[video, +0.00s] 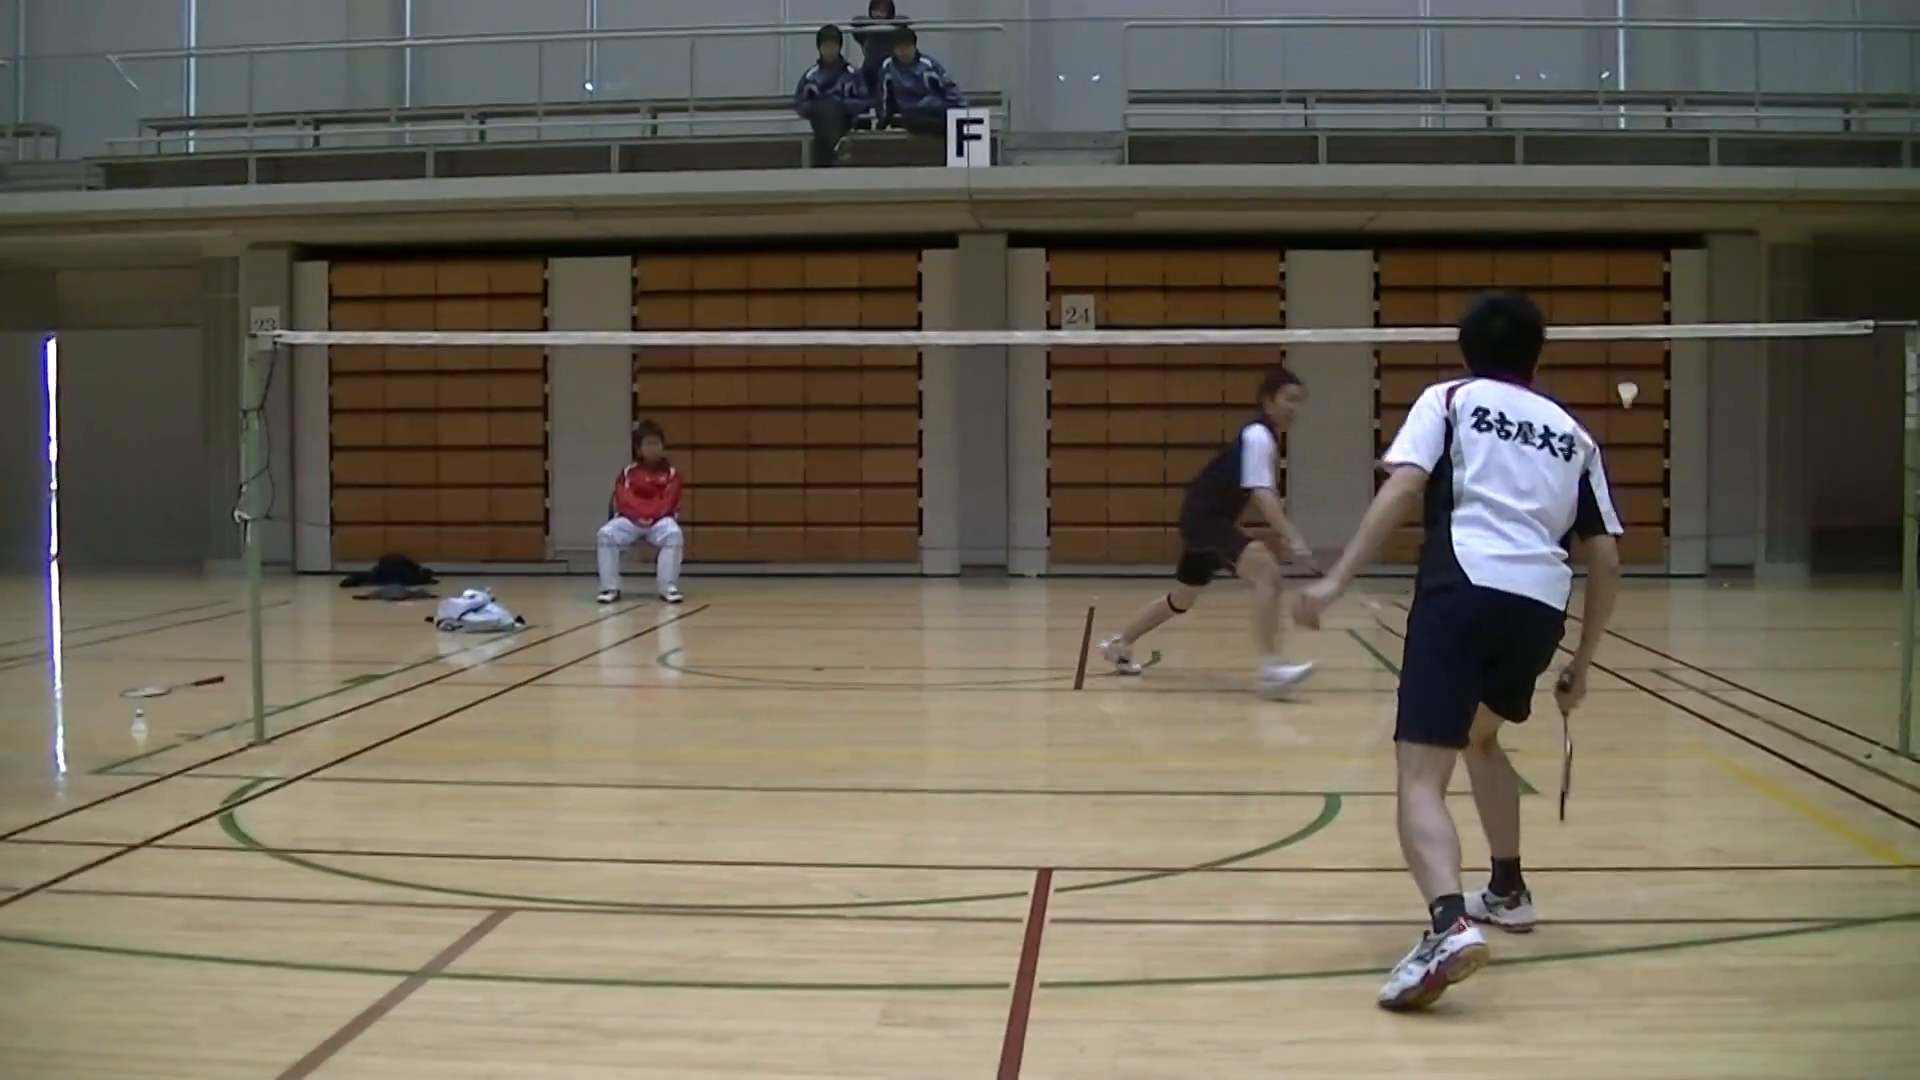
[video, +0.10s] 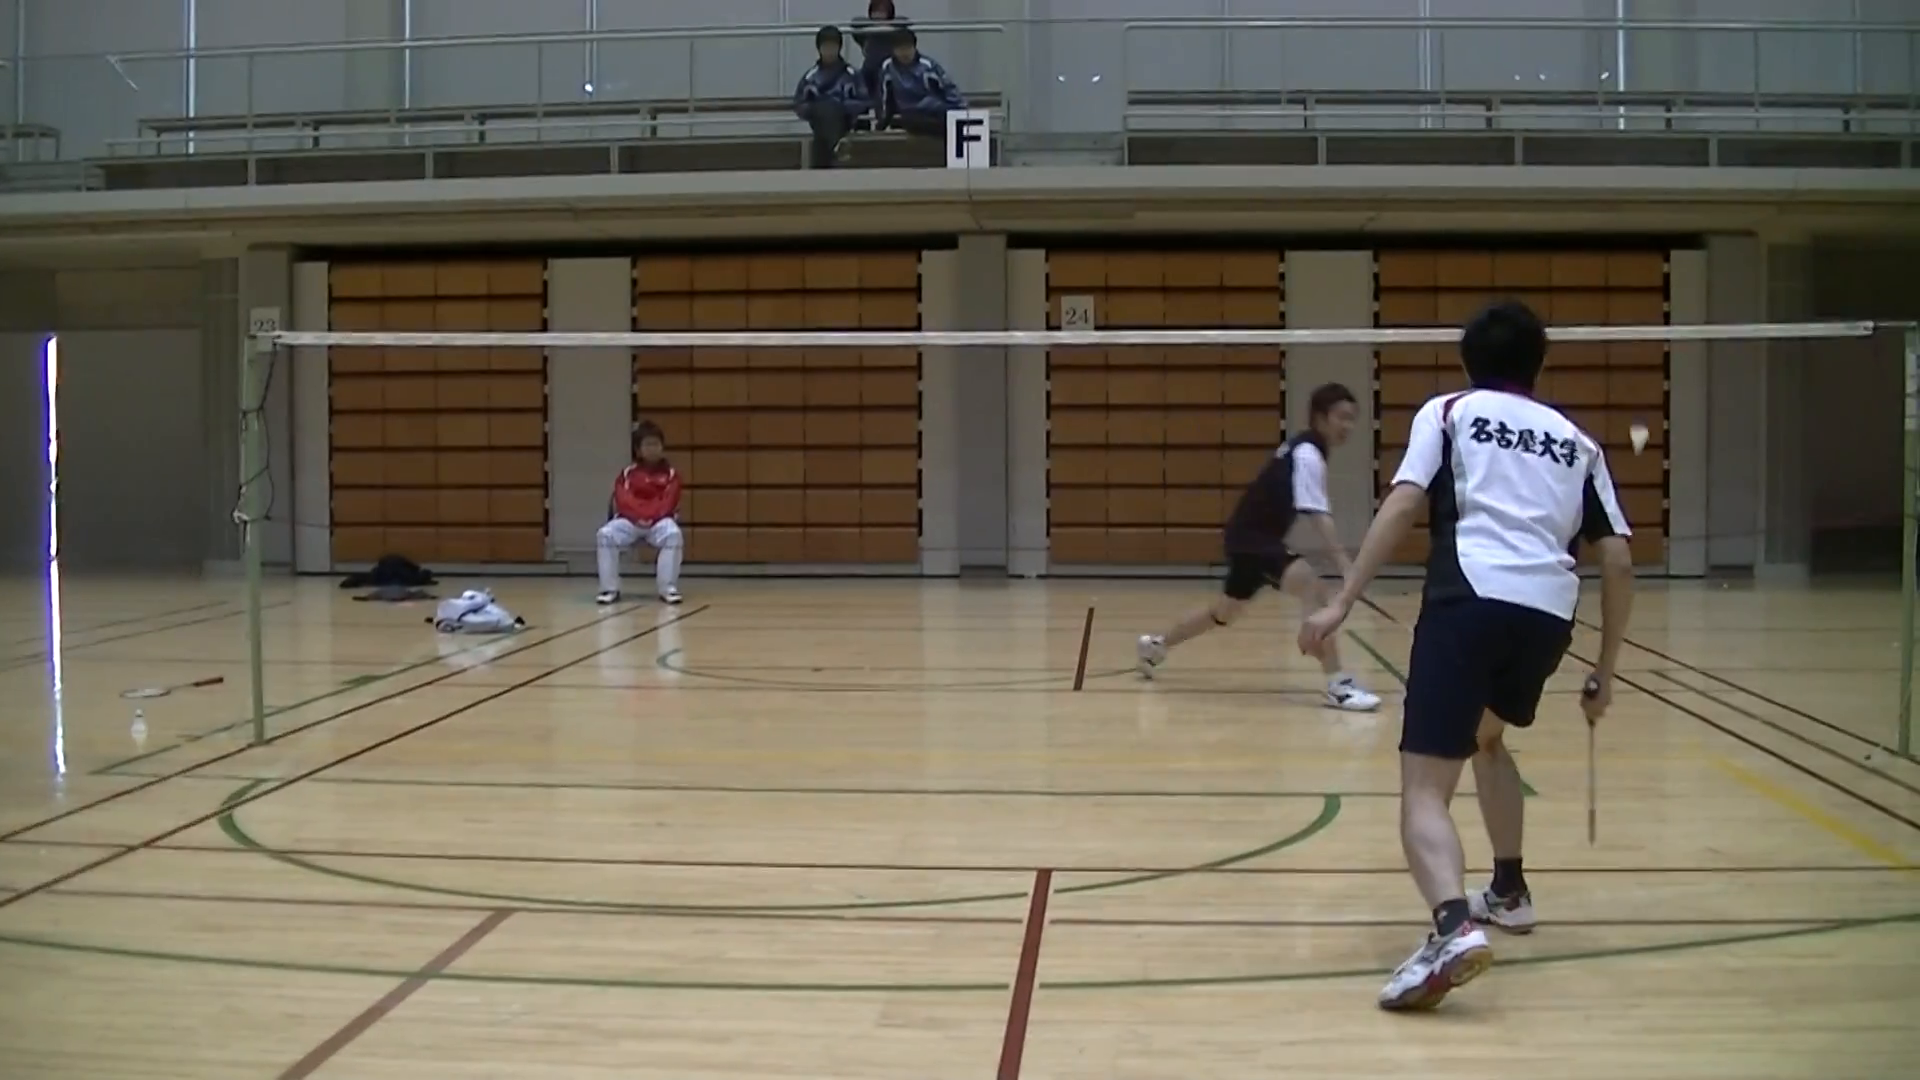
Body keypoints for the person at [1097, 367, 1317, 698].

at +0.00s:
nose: (1295, 408)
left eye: (1299, 401)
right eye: (1290, 399)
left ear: (1299, 403)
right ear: (1268, 400)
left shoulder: (1267, 437)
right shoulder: (1258, 436)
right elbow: (1263, 495)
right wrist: (1292, 538)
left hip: (1210, 521)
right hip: (1206, 521)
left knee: (1179, 600)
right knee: (1265, 569)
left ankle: (1119, 643)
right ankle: (1271, 665)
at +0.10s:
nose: (1349, 426)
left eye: (1352, 419)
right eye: (1342, 417)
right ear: (1320, 417)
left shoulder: (1303, 448)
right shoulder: (1308, 454)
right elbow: (1320, 517)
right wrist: (1346, 567)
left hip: (1251, 540)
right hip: (1255, 541)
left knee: (1224, 613)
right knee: (1314, 591)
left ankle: (1156, 647)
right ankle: (1338, 685)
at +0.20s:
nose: (1399, 439)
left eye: (1402, 431)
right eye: (1392, 430)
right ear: (1369, 429)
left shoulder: (1358, 460)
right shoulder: (1347, 462)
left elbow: (1357, 528)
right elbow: (1355, 532)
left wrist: (1362, 585)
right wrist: (1369, 590)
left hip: (1303, 541)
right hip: (1286, 540)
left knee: (1287, 631)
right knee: (1349, 583)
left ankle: (1219, 649)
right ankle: (1343, 684)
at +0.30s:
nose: (1437, 425)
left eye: (1442, 417)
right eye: (1432, 415)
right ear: (1409, 410)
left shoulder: (1396, 441)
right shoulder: (1385, 443)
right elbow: (1368, 516)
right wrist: (1371, 582)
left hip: (1335, 522)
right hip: (1319, 523)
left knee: (1357, 608)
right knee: (1365, 604)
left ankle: (1290, 647)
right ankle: (1346, 685)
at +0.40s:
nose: (1470, 402)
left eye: (1476, 395)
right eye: (1465, 392)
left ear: (1479, 393)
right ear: (1443, 386)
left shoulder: (1445, 424)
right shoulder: (1417, 415)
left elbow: (1412, 484)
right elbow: (1389, 481)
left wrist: (1408, 537)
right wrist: (1375, 544)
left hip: (1385, 507)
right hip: (1354, 508)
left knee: (1419, 588)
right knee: (1397, 590)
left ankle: (1385, 667)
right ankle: (1361, 668)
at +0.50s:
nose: (1495, 387)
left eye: (1499, 380)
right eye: (1492, 377)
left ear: (1491, 377)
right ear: (1473, 371)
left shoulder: (1474, 410)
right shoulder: (1443, 402)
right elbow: (1410, 467)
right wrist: (1391, 527)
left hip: (1428, 508)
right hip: (1399, 509)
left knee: (1461, 589)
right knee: (1439, 584)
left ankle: (1471, 685)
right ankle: (1395, 661)